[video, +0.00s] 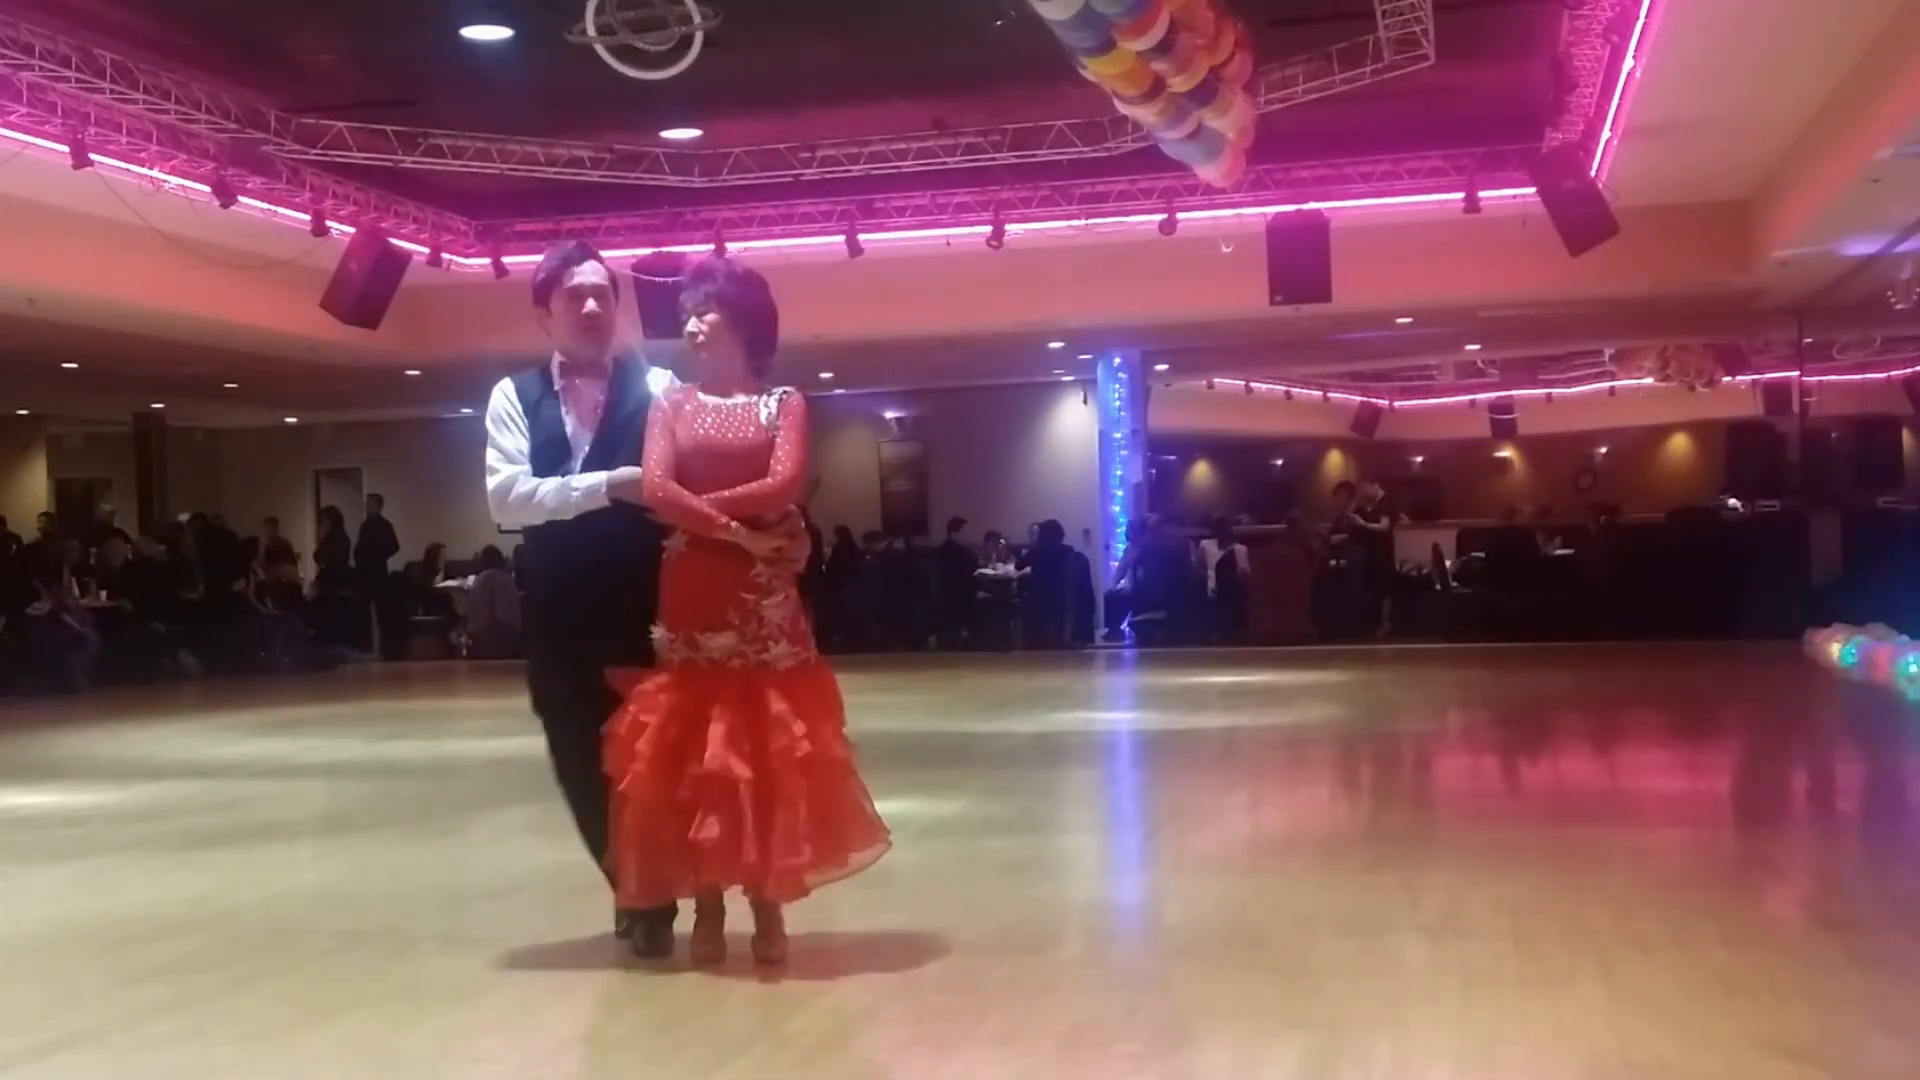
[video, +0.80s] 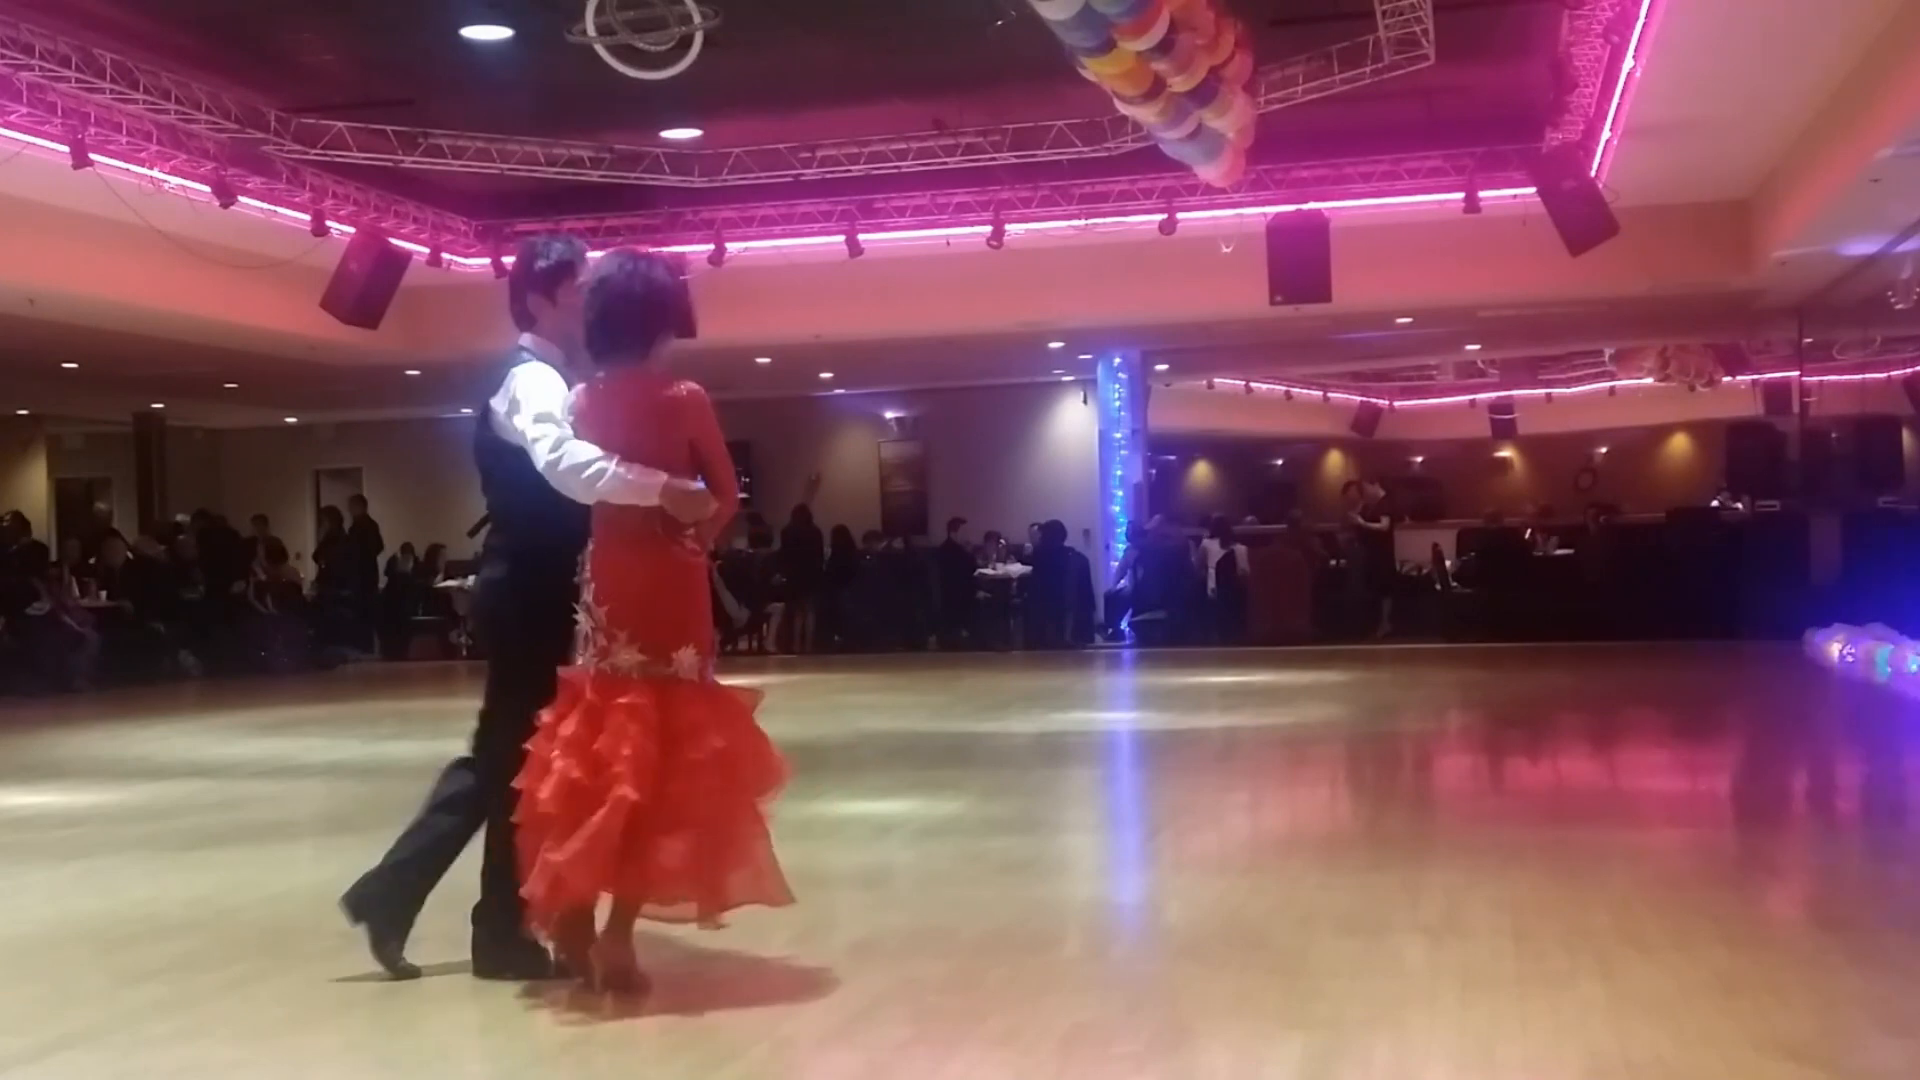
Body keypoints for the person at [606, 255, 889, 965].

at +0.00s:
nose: (696, 325)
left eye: (710, 312)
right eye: (690, 315)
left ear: (749, 322)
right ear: (687, 329)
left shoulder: (783, 403)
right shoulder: (672, 404)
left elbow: (786, 483)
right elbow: (654, 488)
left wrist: (697, 506)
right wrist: (745, 534)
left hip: (764, 590)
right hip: (691, 591)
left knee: (767, 744)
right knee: (697, 748)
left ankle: (766, 901)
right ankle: (706, 900)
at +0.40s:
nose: (717, 332)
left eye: (719, 318)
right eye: (703, 318)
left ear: (715, 323)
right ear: (662, 326)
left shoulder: (707, 405)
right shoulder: (662, 402)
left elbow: (769, 496)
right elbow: (727, 492)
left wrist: (721, 509)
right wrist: (760, 514)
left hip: (720, 593)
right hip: (676, 594)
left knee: (744, 752)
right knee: (680, 758)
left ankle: (735, 910)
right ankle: (622, 903)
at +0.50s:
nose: (710, 331)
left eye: (706, 316)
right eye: (700, 318)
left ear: (638, 329)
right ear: (670, 324)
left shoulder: (646, 396)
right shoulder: (673, 394)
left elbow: (686, 484)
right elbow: (740, 484)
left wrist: (720, 522)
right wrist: (726, 530)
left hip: (666, 580)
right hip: (681, 583)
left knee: (711, 751)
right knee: (673, 761)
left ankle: (709, 909)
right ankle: (616, 929)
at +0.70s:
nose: (693, 334)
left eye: (688, 322)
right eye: (687, 322)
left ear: (608, 328)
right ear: (671, 330)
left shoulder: (592, 408)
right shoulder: (689, 409)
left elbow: (593, 488)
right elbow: (735, 503)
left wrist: (680, 528)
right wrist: (703, 543)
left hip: (607, 571)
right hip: (671, 577)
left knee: (617, 744)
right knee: (668, 752)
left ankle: (599, 911)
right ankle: (610, 923)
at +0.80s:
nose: (685, 325)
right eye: (679, 313)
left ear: (594, 319)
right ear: (667, 321)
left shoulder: (581, 402)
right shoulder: (685, 399)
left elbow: (577, 482)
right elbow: (726, 493)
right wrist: (694, 545)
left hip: (604, 567)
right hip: (671, 569)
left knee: (598, 741)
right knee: (661, 747)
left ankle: (573, 898)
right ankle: (620, 931)